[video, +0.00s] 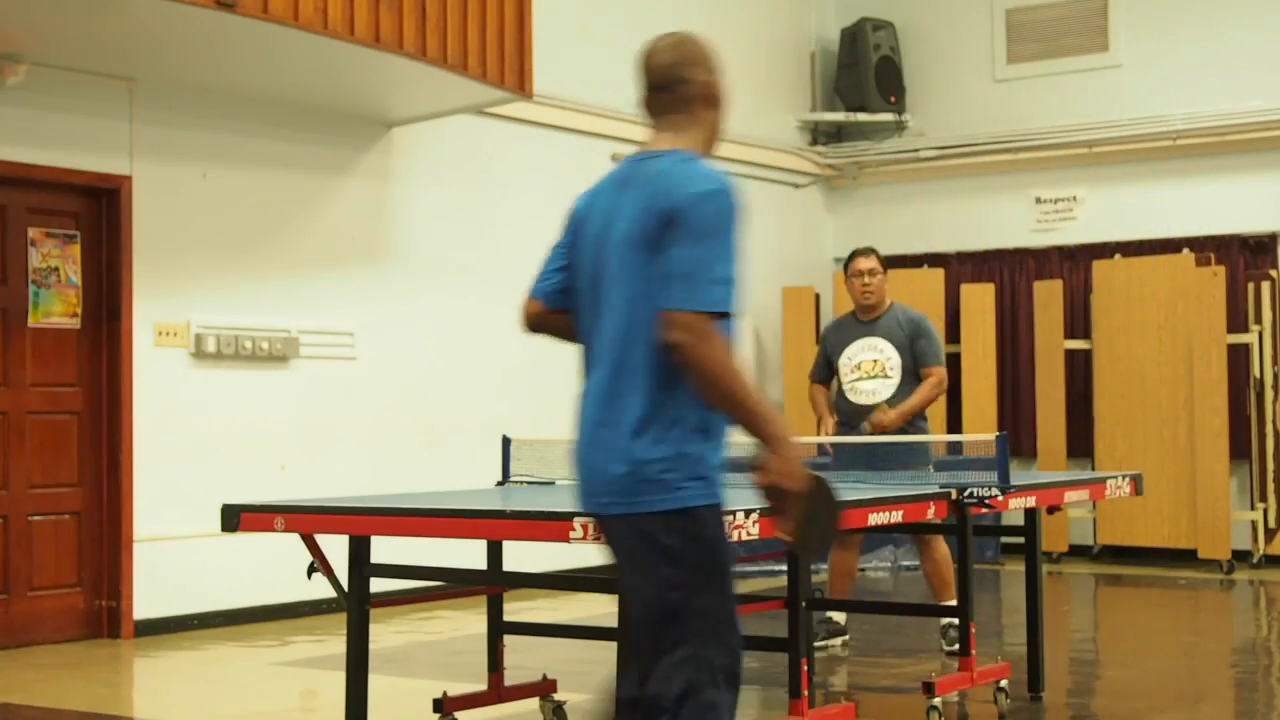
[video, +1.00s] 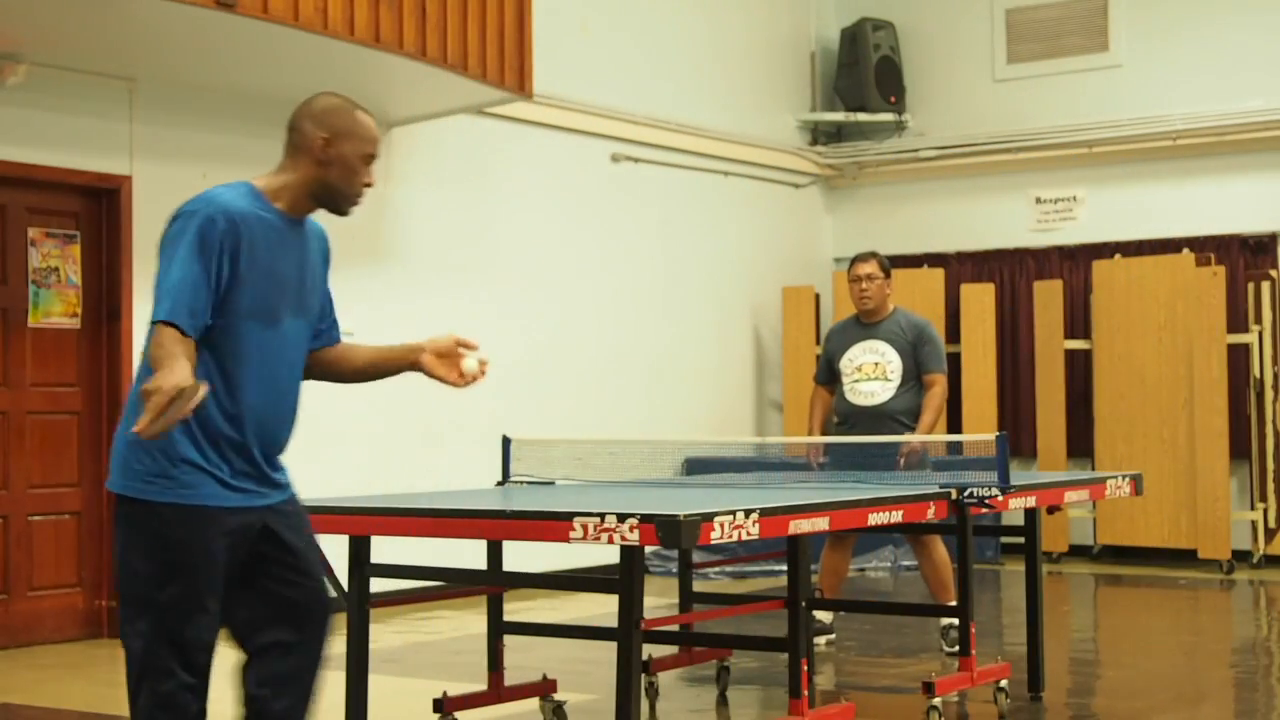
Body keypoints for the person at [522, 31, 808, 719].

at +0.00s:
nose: (723, 101)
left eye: (719, 89)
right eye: (719, 89)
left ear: (648, 100)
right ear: (709, 93)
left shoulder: (599, 196)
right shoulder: (701, 187)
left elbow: (543, 311)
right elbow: (686, 330)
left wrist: (638, 332)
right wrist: (776, 439)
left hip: (612, 476)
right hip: (666, 479)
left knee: (650, 659)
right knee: (705, 663)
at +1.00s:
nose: (370, 179)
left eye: (372, 164)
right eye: (364, 161)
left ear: (322, 150)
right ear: (319, 146)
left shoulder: (311, 243)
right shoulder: (214, 217)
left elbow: (316, 355)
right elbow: (170, 330)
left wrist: (416, 354)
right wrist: (177, 374)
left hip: (258, 482)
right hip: (174, 478)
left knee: (298, 618)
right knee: (172, 669)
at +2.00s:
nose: (402, 202)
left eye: (401, 190)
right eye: (400, 190)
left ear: (330, 191)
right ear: (381, 194)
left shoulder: (250, 247)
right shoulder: (361, 271)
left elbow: (198, 348)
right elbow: (373, 402)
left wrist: (307, 402)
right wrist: (462, 408)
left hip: (186, 470)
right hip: (262, 478)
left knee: (221, 605)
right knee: (338, 626)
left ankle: (178, 713)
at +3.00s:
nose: (411, 240)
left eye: (412, 227)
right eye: (410, 227)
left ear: (340, 224)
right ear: (388, 229)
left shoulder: (259, 267)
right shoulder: (355, 300)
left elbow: (202, 359)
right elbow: (366, 428)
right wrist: (451, 410)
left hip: (159, 477)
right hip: (232, 488)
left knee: (188, 618)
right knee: (336, 632)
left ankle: (156, 714)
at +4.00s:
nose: (399, 226)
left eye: (400, 214)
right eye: (396, 214)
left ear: (329, 212)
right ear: (370, 217)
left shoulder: (269, 260)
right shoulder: (309, 286)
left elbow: (253, 353)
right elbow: (280, 412)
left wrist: (338, 365)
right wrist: (395, 413)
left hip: (167, 477)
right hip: (216, 487)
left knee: (188, 627)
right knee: (307, 638)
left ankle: (142, 714)